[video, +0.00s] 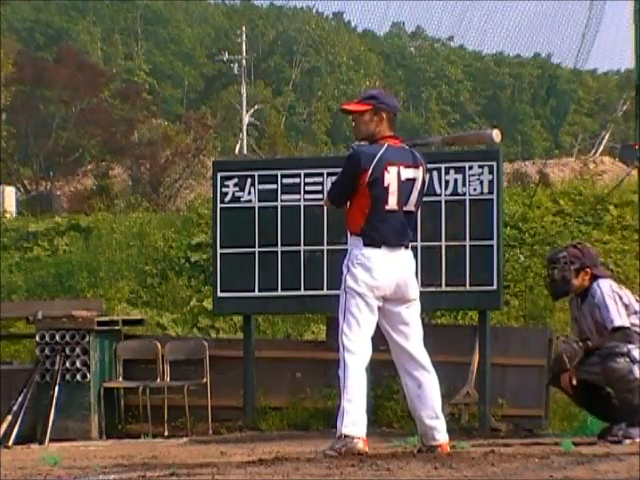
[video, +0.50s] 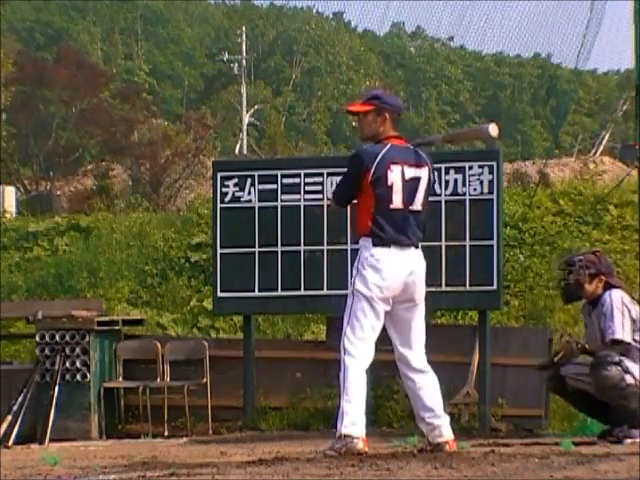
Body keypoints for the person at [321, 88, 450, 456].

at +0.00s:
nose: (354, 123)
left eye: (359, 117)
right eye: (354, 117)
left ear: (380, 119)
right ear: (384, 121)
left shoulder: (363, 155)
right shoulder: (416, 159)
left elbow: (335, 199)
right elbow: (405, 203)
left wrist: (357, 171)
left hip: (367, 261)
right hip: (403, 261)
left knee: (354, 349)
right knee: (413, 352)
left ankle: (352, 435)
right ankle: (436, 437)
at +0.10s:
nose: (354, 123)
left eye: (359, 117)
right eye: (354, 117)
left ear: (380, 119)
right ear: (384, 121)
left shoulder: (363, 155)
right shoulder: (416, 159)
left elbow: (335, 200)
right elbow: (405, 203)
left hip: (368, 261)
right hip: (404, 261)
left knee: (354, 349)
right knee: (413, 353)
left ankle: (352, 435)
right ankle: (437, 437)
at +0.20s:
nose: (354, 122)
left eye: (359, 116)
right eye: (354, 116)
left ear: (380, 118)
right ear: (384, 120)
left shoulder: (364, 154)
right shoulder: (416, 158)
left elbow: (335, 199)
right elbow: (404, 203)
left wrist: (358, 170)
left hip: (369, 260)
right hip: (405, 261)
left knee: (353, 348)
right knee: (410, 353)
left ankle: (352, 435)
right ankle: (437, 437)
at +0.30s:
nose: (354, 122)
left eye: (359, 116)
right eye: (355, 116)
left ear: (380, 117)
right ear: (385, 120)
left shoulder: (364, 153)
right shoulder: (417, 157)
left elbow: (334, 199)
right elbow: (403, 200)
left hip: (370, 260)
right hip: (406, 260)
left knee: (354, 349)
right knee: (408, 353)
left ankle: (351, 435)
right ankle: (439, 434)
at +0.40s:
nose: (356, 122)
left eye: (361, 116)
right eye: (357, 116)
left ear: (382, 118)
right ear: (387, 120)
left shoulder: (365, 155)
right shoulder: (418, 158)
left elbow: (336, 199)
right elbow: (406, 199)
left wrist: (365, 172)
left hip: (373, 259)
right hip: (409, 260)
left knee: (354, 348)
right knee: (411, 353)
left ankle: (351, 434)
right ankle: (441, 434)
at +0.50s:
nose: (358, 123)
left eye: (363, 117)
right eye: (358, 117)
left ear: (384, 119)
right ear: (388, 121)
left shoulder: (367, 156)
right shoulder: (422, 159)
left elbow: (339, 200)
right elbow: (407, 196)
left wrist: (364, 175)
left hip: (378, 260)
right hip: (414, 261)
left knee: (356, 349)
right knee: (413, 355)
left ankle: (351, 434)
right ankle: (441, 434)